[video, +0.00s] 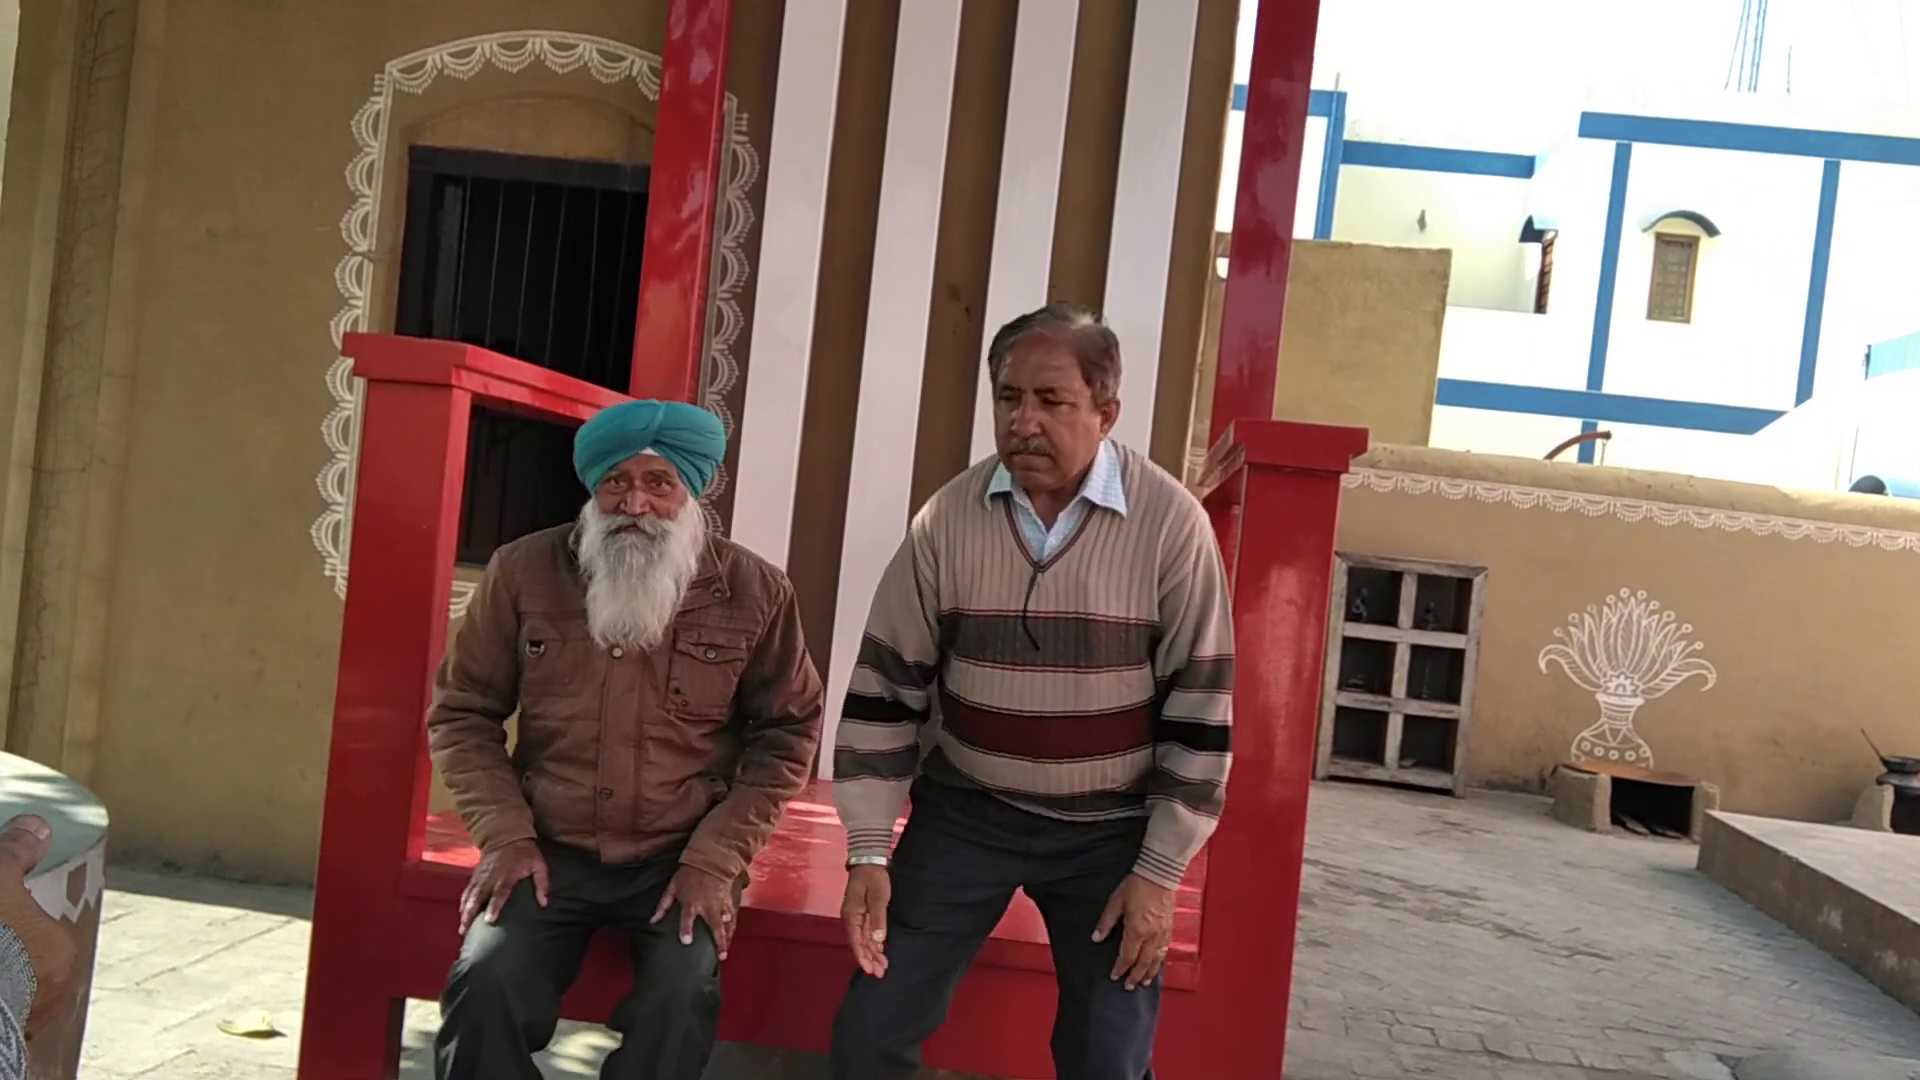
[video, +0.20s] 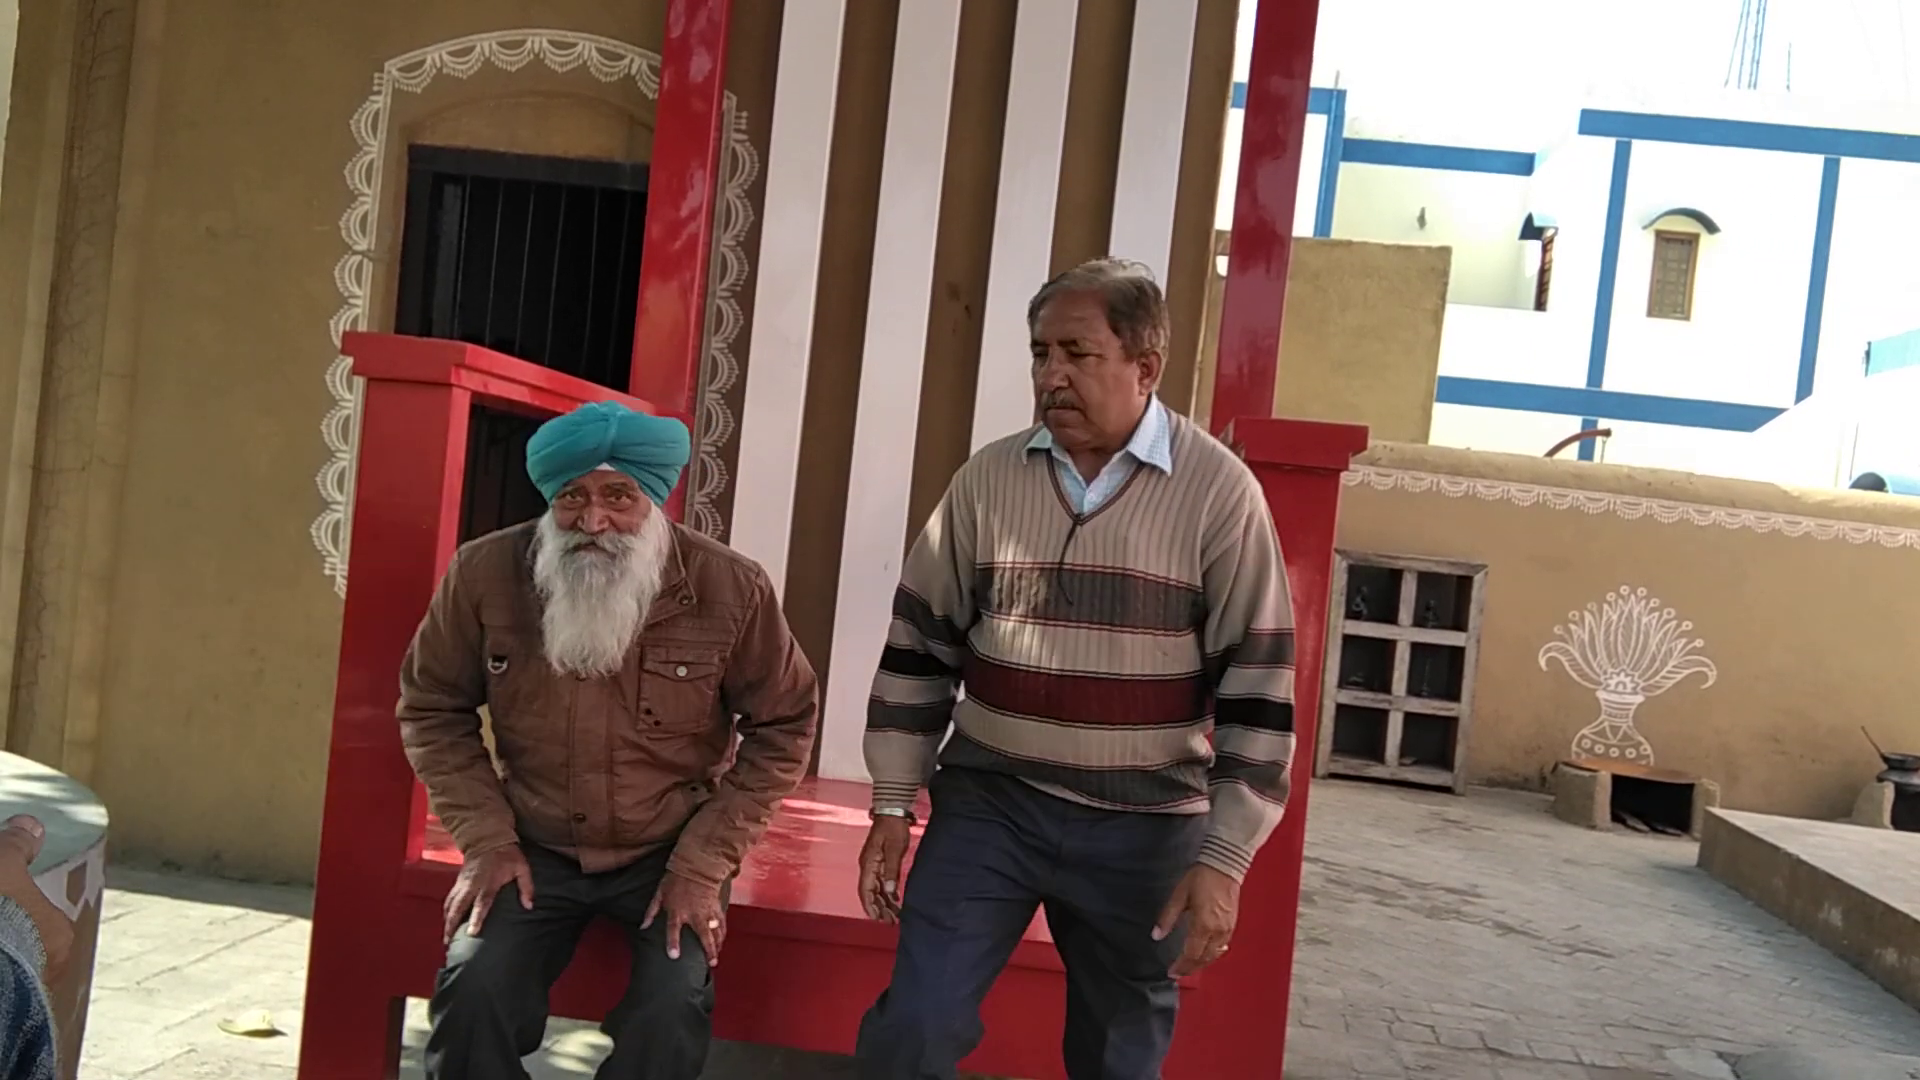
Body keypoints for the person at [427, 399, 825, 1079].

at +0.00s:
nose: (634, 502)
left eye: (658, 484)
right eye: (616, 482)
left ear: (696, 497)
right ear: (591, 490)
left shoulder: (757, 596)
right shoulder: (524, 571)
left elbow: (788, 733)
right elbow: (463, 711)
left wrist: (716, 857)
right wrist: (503, 832)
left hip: (679, 867)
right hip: (546, 856)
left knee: (683, 988)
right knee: (487, 978)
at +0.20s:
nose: (593, 517)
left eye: (617, 495)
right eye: (574, 496)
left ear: (657, 500)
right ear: (550, 502)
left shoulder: (731, 592)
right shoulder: (485, 576)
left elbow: (787, 720)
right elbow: (431, 705)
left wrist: (706, 859)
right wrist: (485, 836)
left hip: (668, 865)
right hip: (533, 857)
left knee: (671, 1006)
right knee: (479, 994)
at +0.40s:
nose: (580, 476)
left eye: (606, 454)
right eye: (560, 454)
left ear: (646, 463)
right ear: (535, 460)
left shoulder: (719, 561)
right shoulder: (468, 540)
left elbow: (759, 717)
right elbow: (423, 689)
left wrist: (680, 863)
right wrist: (467, 837)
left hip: (653, 842)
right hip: (516, 836)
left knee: (643, 1013)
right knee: (461, 1001)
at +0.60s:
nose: (594, 382)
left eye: (621, 364)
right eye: (574, 359)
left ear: (660, 381)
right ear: (546, 370)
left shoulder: (721, 495)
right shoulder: (473, 464)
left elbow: (745, 673)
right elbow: (427, 638)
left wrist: (683, 826)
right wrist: (443, 802)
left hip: (641, 818)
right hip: (497, 808)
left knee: (623, 1026)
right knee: (453, 1015)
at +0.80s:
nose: (618, 324)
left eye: (646, 309)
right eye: (601, 302)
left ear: (687, 337)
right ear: (568, 315)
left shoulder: (739, 461)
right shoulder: (489, 420)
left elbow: (760, 638)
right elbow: (426, 595)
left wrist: (712, 792)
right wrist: (410, 762)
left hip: (644, 805)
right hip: (496, 794)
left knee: (621, 1036)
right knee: (461, 1030)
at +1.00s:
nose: (648, 298)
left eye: (675, 283)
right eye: (630, 275)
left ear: (711, 310)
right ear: (594, 288)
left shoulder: (757, 443)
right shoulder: (506, 397)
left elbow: (775, 632)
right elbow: (433, 568)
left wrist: (735, 788)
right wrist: (423, 743)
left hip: (655, 784)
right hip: (497, 760)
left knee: (628, 1025)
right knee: (457, 1013)